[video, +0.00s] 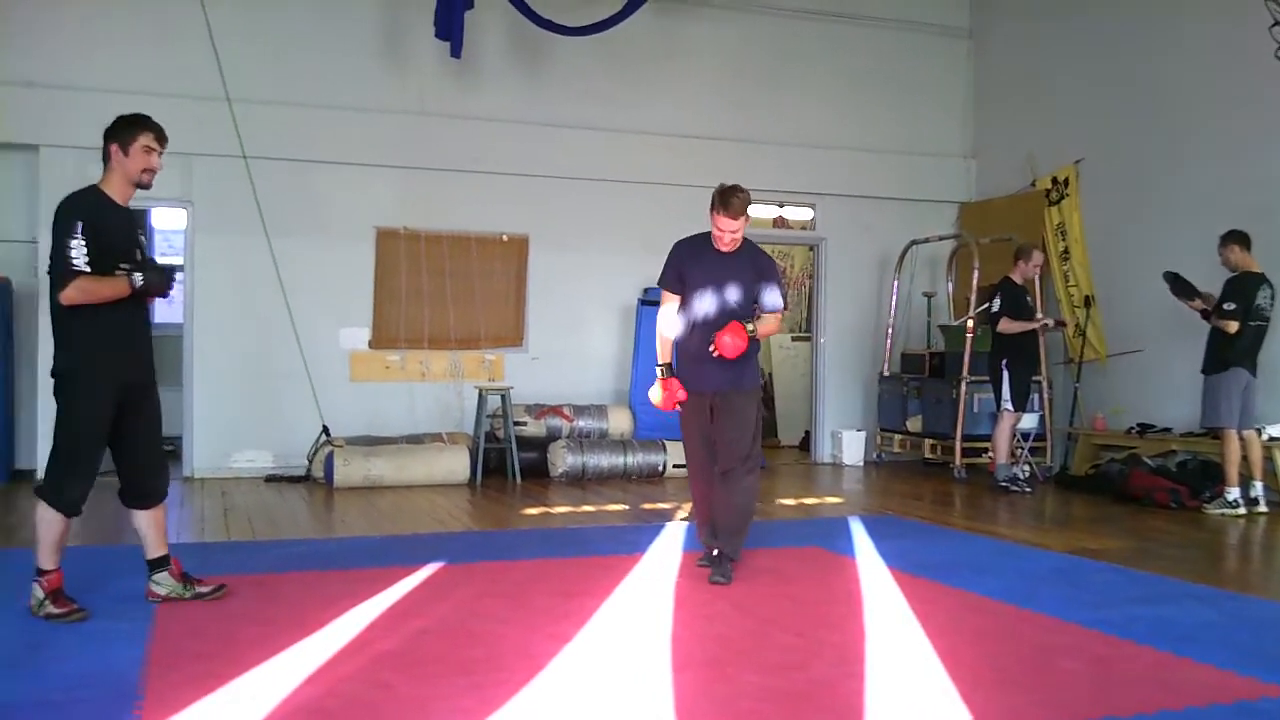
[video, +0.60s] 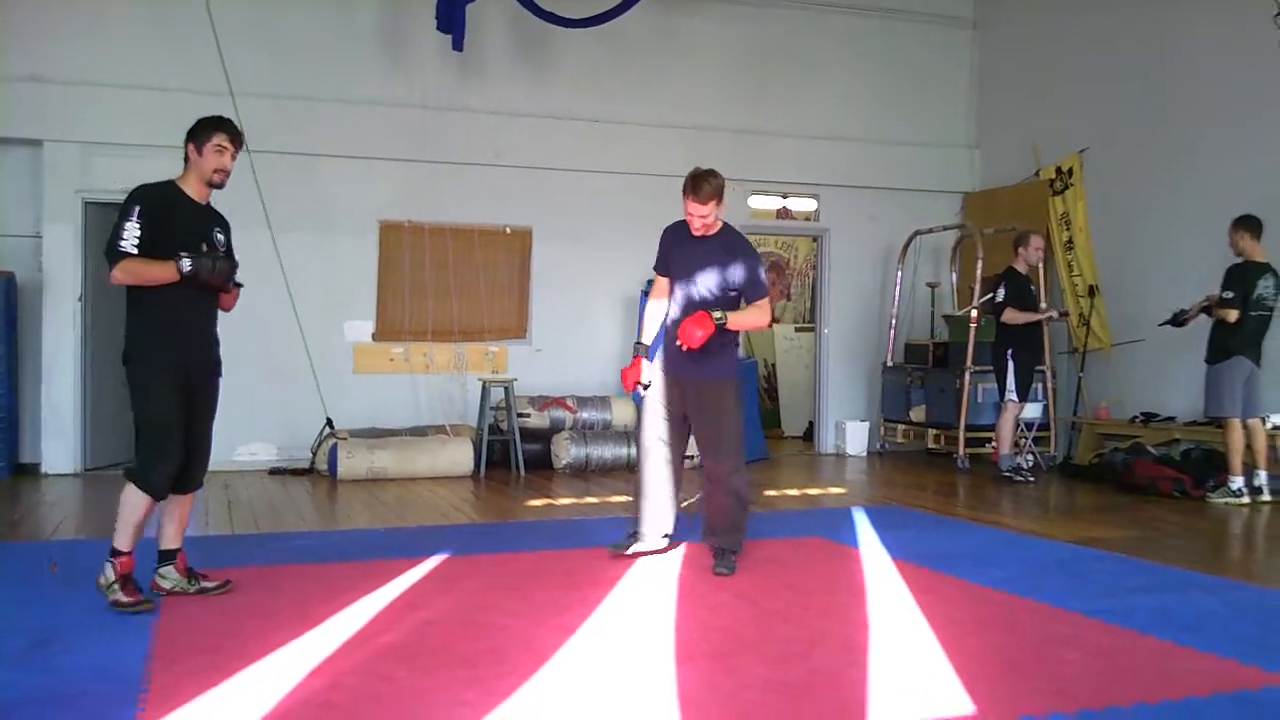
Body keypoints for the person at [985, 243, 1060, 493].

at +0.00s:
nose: (1038, 271)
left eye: (1040, 267)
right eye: (1035, 266)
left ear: (1024, 266)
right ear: (1020, 264)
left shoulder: (1021, 290)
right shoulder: (1005, 288)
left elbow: (1023, 322)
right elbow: (1000, 325)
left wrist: (1049, 324)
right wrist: (1035, 324)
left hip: (1020, 361)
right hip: (1007, 361)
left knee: (1012, 415)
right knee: (1008, 415)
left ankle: (1005, 468)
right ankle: (1001, 471)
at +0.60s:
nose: (1041, 255)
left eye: (1042, 250)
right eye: (1037, 249)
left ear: (1027, 252)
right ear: (1021, 251)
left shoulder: (1026, 281)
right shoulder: (1009, 278)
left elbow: (1025, 313)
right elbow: (1005, 315)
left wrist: (1051, 314)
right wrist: (1040, 315)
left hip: (1024, 351)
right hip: (1011, 350)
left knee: (1014, 405)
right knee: (1012, 405)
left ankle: (1007, 459)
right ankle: (1005, 462)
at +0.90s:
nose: (1026, 199)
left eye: (1027, 195)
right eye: (1021, 194)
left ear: (1019, 197)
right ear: (1006, 196)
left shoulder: (1011, 227)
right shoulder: (993, 224)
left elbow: (1008, 259)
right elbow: (989, 262)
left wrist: (1032, 261)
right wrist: (1024, 263)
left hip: (1010, 297)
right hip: (997, 297)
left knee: (1001, 353)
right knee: (998, 352)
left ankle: (991, 406)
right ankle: (989, 409)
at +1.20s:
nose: (1045, 205)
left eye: (1047, 201)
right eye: (1041, 200)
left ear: (1041, 204)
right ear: (1026, 202)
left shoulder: (1031, 234)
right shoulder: (1012, 230)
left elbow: (1028, 267)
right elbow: (1007, 269)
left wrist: (1053, 269)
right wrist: (1043, 271)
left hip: (1030, 304)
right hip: (1014, 304)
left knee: (1029, 359)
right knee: (1016, 360)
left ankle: (1014, 412)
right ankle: (1006, 417)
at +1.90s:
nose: (1074, 203)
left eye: (1074, 198)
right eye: (1069, 198)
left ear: (1067, 201)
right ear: (1055, 201)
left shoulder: (1063, 231)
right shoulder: (1041, 228)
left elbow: (1066, 262)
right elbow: (1033, 266)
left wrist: (1090, 269)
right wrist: (1070, 270)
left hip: (1062, 304)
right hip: (1043, 304)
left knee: (1061, 359)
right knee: (1039, 361)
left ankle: (1062, 417)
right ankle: (1024, 417)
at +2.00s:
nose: (1078, 204)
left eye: (1079, 199)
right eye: (1074, 199)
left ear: (1071, 203)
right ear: (1060, 202)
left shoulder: (1069, 234)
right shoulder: (1044, 230)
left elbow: (1067, 266)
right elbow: (1037, 267)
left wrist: (1091, 271)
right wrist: (1075, 271)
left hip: (1066, 305)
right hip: (1046, 305)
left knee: (1064, 361)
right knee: (1042, 361)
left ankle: (1063, 418)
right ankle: (1025, 417)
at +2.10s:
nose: (1085, 205)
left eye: (1086, 200)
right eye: (1081, 200)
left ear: (1077, 203)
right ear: (1065, 201)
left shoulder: (1076, 233)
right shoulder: (1049, 229)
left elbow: (1074, 266)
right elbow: (1042, 266)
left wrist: (1097, 270)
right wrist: (1081, 270)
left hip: (1072, 304)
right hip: (1052, 304)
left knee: (1068, 359)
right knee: (1049, 359)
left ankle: (1065, 417)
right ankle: (1028, 416)